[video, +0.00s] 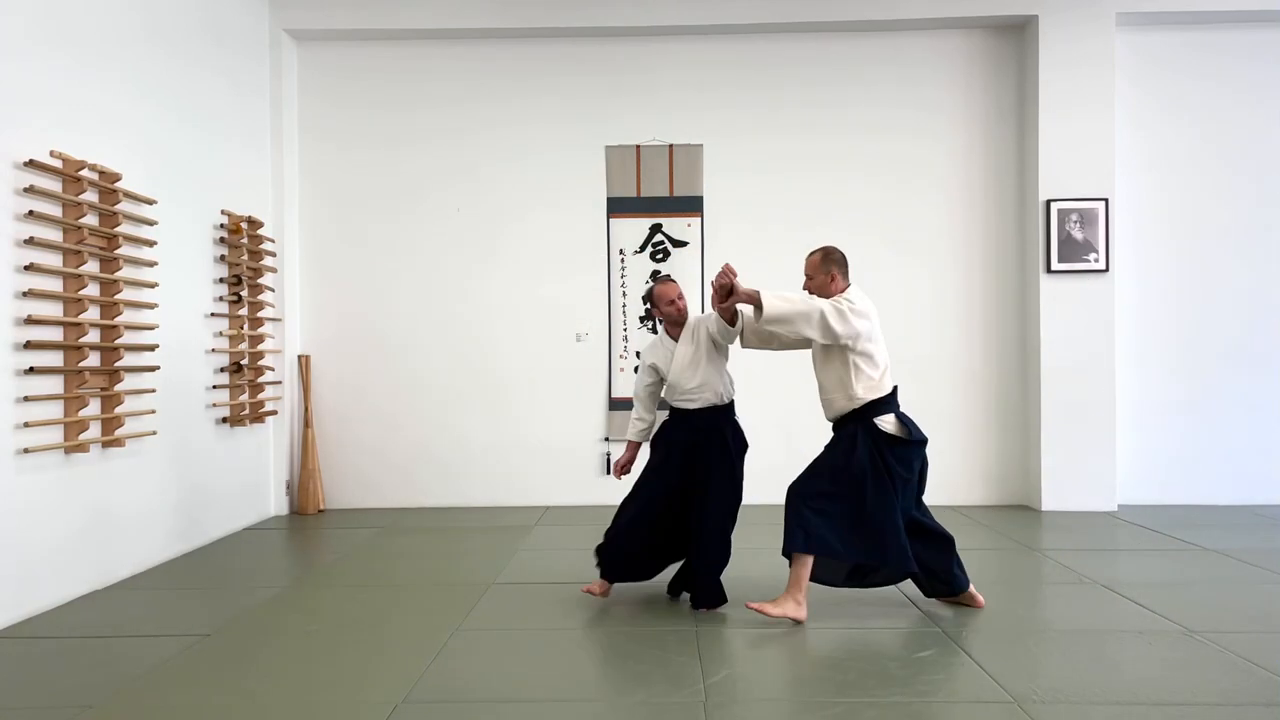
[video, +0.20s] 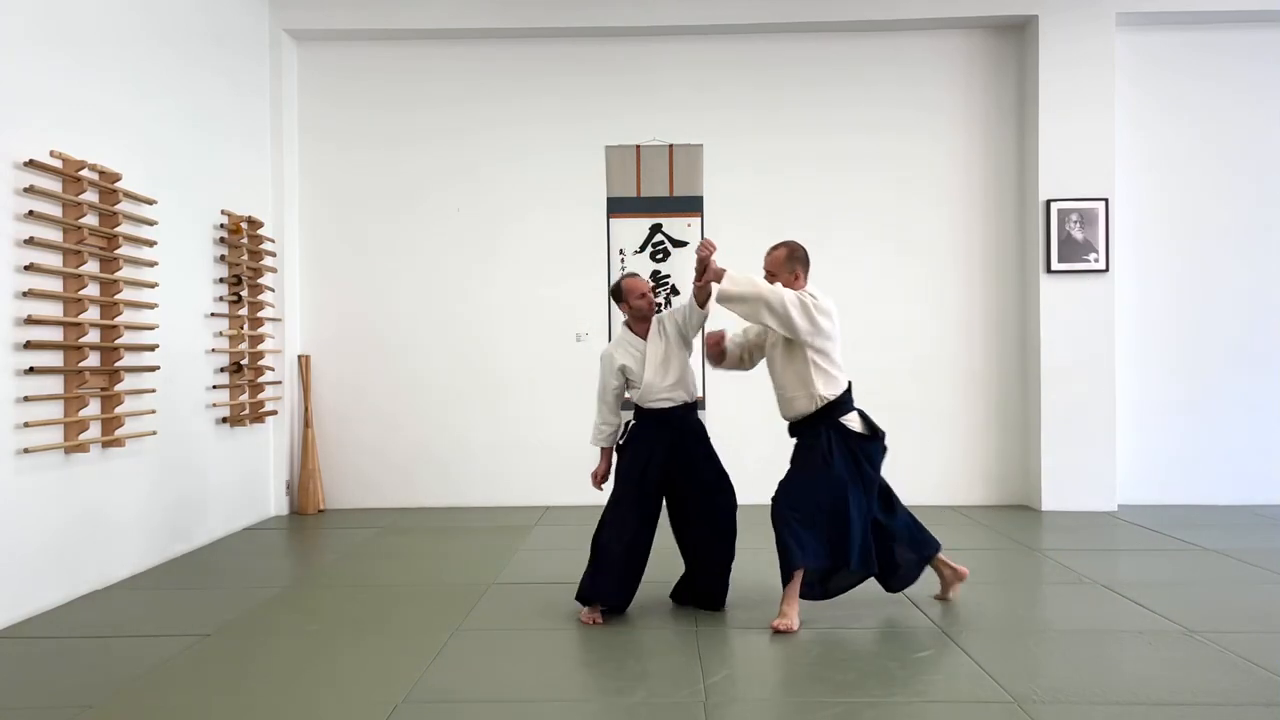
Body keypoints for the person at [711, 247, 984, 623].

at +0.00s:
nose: (805, 286)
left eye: (810, 279)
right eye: (805, 279)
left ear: (833, 278)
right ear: (836, 279)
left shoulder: (847, 310)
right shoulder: (839, 312)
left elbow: (800, 313)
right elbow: (781, 331)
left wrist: (743, 293)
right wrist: (729, 312)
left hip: (868, 431)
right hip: (875, 429)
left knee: (805, 495)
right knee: (906, 512)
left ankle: (795, 598)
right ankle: (959, 589)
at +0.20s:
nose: (765, 282)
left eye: (771, 276)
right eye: (764, 275)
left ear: (797, 277)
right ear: (787, 276)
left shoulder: (812, 310)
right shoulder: (775, 322)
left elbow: (764, 297)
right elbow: (747, 349)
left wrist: (717, 275)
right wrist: (721, 352)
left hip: (835, 429)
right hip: (813, 433)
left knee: (789, 504)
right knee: (874, 505)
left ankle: (790, 604)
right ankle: (946, 568)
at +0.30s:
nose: (740, 271)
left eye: (746, 265)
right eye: (738, 265)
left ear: (771, 266)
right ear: (757, 268)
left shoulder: (792, 297)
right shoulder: (741, 318)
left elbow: (749, 281)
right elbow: (706, 352)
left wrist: (700, 268)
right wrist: (676, 327)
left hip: (812, 424)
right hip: (781, 430)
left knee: (773, 507)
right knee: (823, 511)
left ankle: (787, 606)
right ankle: (893, 556)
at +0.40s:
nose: (721, 255)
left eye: (729, 249)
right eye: (719, 250)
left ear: (753, 254)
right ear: (718, 259)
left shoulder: (772, 291)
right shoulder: (717, 309)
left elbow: (741, 263)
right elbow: (673, 326)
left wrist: (688, 255)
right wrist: (661, 274)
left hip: (785, 419)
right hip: (749, 425)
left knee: (770, 510)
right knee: (735, 516)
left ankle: (786, 605)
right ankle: (784, 583)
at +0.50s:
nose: (704, 260)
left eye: (712, 252)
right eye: (700, 254)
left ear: (730, 256)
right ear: (697, 261)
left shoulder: (747, 297)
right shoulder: (690, 304)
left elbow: (739, 241)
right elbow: (644, 301)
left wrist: (684, 235)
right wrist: (652, 248)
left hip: (751, 419)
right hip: (704, 421)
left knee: (759, 515)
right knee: (656, 498)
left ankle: (784, 604)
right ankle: (648, 596)